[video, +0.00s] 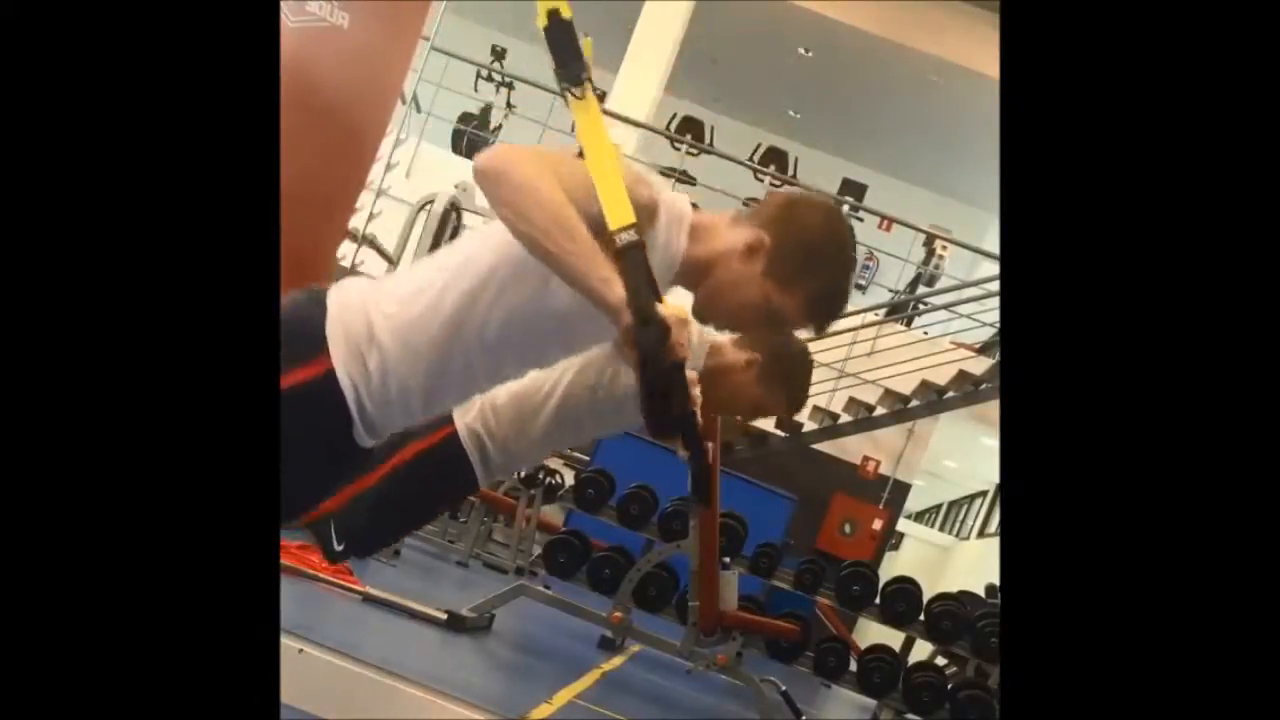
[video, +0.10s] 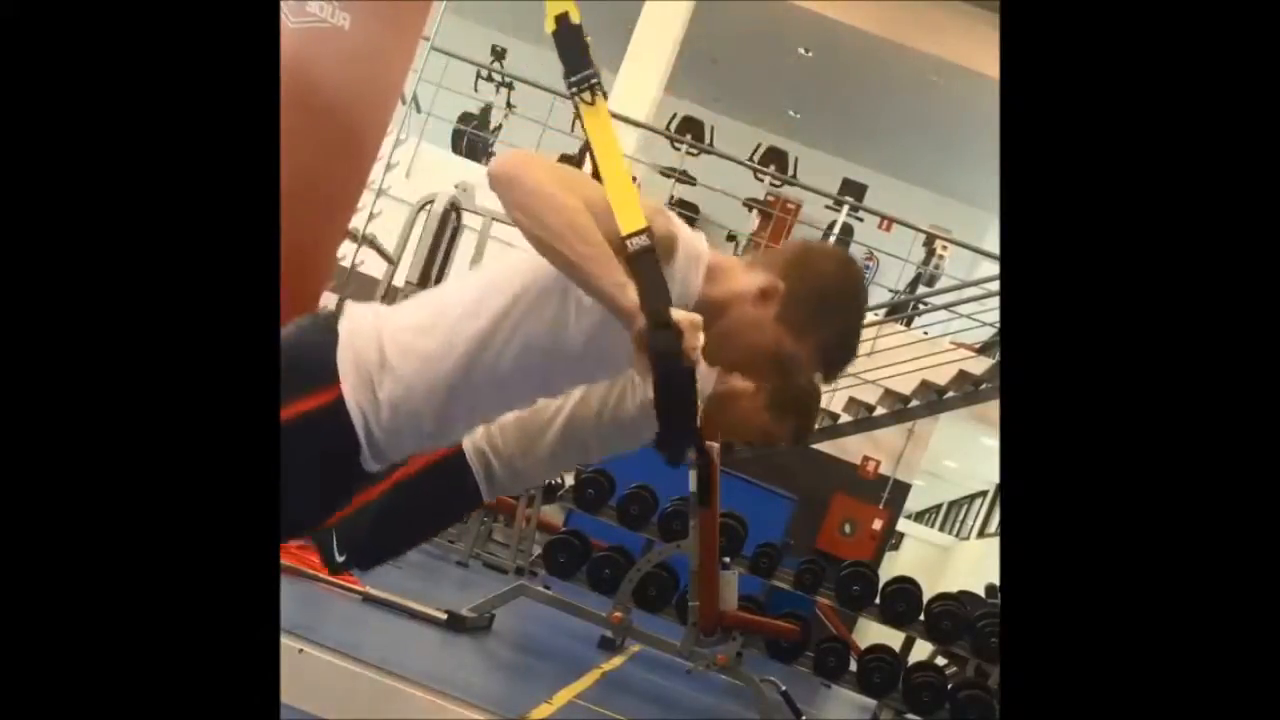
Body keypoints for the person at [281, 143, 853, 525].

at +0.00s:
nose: (749, 331)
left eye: (769, 328)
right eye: (768, 315)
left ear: (754, 251)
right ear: (753, 251)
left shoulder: (670, 289)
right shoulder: (645, 202)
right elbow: (504, 168)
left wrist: (668, 408)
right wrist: (629, 307)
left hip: (367, 426)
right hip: (326, 367)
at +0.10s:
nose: (754, 372)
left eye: (776, 373)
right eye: (775, 359)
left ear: (764, 288)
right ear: (767, 294)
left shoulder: (679, 334)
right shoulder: (666, 246)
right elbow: (517, 172)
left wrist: (672, 410)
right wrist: (644, 316)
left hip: (366, 443)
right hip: (333, 393)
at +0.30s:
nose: (758, 434)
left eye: (776, 436)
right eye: (777, 425)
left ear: (780, 355)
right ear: (783, 360)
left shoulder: (693, 391)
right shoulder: (674, 285)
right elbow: (529, 170)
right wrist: (623, 312)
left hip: (368, 471)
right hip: (338, 424)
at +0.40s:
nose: (760, 481)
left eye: (780, 478)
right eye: (781, 463)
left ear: (778, 379)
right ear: (781, 384)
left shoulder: (691, 418)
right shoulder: (672, 296)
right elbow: (531, 172)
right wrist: (622, 314)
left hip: (367, 484)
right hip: (335, 432)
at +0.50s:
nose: (759, 484)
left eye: (779, 483)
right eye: (781, 468)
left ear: (779, 386)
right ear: (781, 391)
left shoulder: (693, 420)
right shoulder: (672, 300)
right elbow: (534, 171)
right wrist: (620, 304)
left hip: (366, 488)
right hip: (333, 436)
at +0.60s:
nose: (760, 489)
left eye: (779, 489)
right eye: (781, 473)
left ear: (778, 391)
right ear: (780, 396)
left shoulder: (694, 428)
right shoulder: (677, 311)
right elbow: (537, 171)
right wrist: (619, 304)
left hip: (364, 487)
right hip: (332, 437)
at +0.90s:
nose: (761, 411)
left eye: (781, 411)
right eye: (780, 397)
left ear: (776, 330)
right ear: (775, 331)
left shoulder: (691, 366)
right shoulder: (669, 273)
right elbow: (525, 167)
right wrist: (628, 305)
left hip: (366, 455)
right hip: (331, 407)